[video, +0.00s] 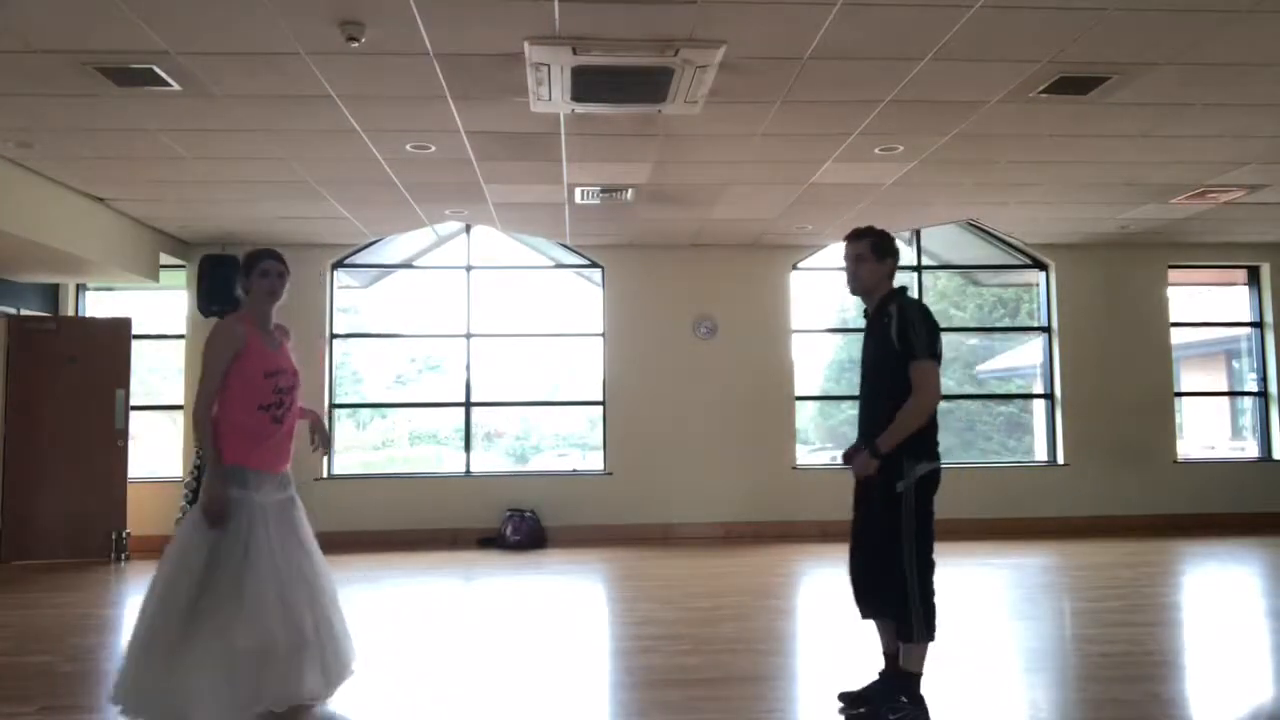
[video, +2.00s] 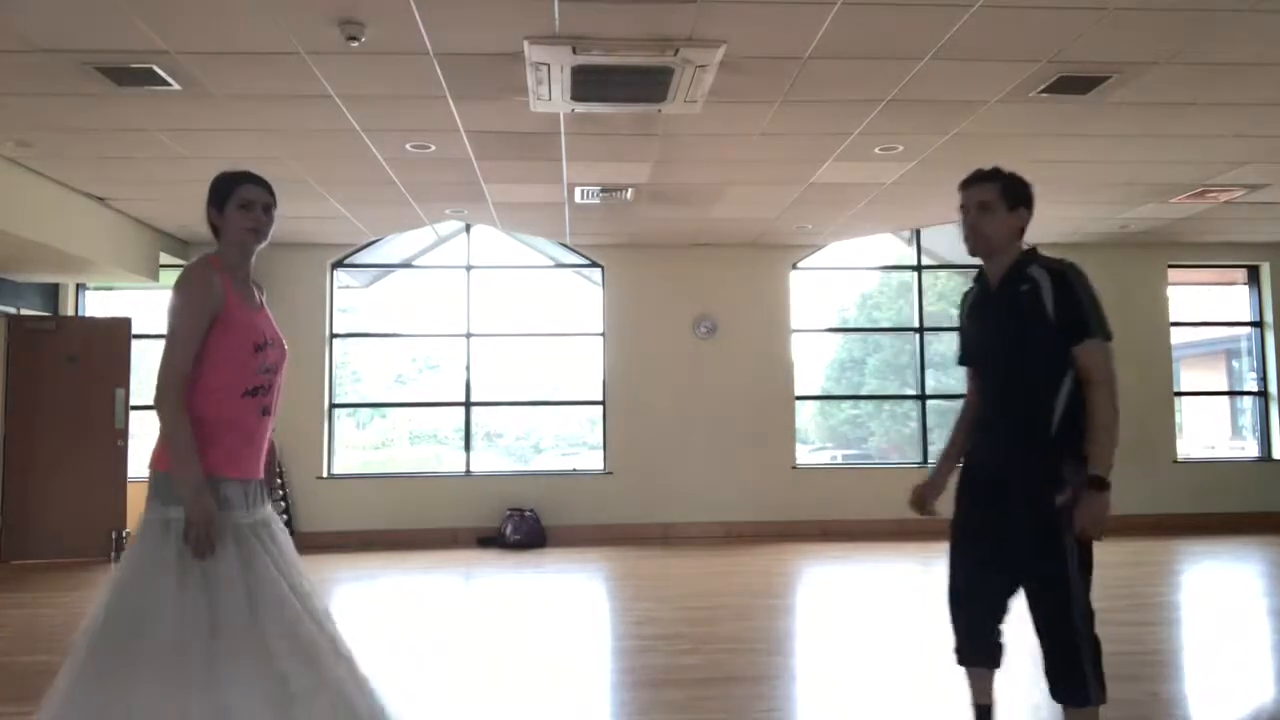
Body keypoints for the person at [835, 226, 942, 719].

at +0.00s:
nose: (849, 272)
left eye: (858, 263)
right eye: (848, 263)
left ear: (886, 266)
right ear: (859, 269)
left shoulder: (910, 314)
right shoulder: (878, 319)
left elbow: (927, 394)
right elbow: (884, 393)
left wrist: (875, 449)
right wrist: (865, 443)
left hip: (909, 465)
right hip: (879, 463)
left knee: (907, 569)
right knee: (872, 567)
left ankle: (909, 690)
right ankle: (892, 677)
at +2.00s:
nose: (969, 222)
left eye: (983, 210)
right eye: (964, 212)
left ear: (1019, 218)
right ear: (962, 222)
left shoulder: (1060, 281)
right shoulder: (975, 301)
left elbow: (1099, 380)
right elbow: (977, 398)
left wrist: (1098, 481)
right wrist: (938, 475)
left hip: (1051, 480)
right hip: (987, 480)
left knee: (1065, 622)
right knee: (971, 608)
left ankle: (1082, 713)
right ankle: (982, 713)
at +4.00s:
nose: (994, 212)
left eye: (1009, 203)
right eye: (998, 203)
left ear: (1048, 212)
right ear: (1034, 215)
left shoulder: (1081, 274)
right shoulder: (1021, 293)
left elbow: (1100, 385)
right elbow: (1018, 398)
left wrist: (1062, 479)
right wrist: (986, 478)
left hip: (1068, 485)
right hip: (1025, 482)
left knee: (1081, 634)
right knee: (1052, 632)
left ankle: (1095, 715)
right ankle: (1069, 713)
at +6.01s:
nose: (984, 212)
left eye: (996, 202)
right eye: (987, 202)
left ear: (1035, 210)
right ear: (1024, 214)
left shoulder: (1076, 274)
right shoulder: (1019, 291)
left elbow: (1097, 389)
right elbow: (1017, 396)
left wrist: (1065, 487)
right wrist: (988, 477)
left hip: (1068, 483)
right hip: (1025, 481)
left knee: (1084, 632)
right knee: (1052, 628)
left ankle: (1098, 715)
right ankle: (1069, 713)